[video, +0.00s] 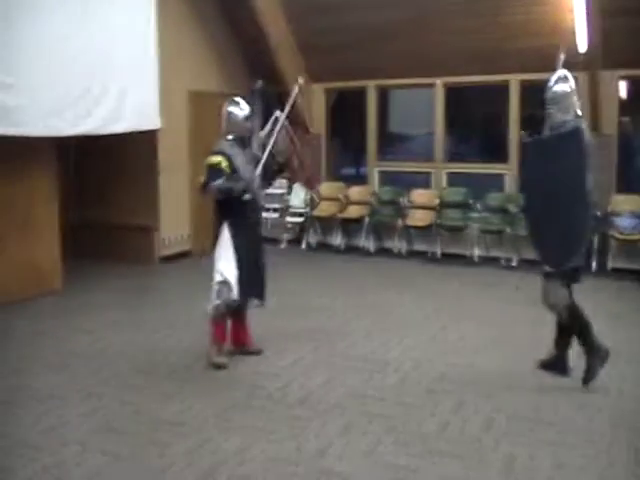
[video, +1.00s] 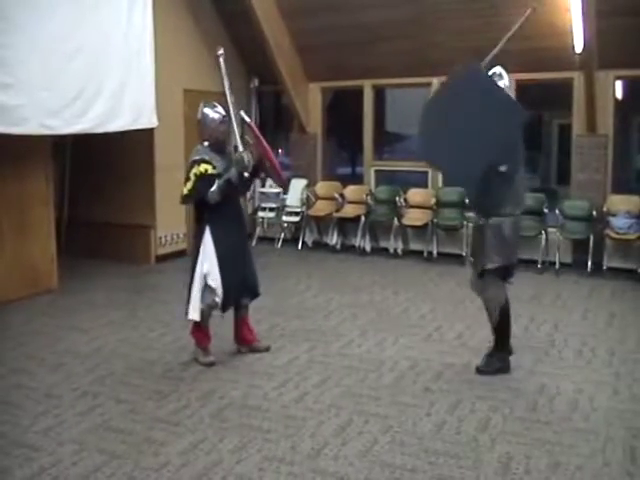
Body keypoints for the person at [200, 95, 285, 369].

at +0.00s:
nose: (250, 125)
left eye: (251, 120)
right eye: (245, 119)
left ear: (250, 123)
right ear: (232, 122)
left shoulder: (250, 153)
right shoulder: (221, 156)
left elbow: (259, 182)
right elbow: (213, 187)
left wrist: (276, 160)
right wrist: (241, 186)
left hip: (250, 225)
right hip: (230, 226)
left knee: (245, 281)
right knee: (227, 283)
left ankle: (241, 338)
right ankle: (217, 345)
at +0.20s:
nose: (239, 127)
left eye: (240, 122)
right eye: (233, 122)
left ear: (242, 124)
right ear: (220, 125)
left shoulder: (244, 152)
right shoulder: (214, 159)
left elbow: (261, 175)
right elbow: (218, 186)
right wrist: (239, 164)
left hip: (246, 224)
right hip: (225, 225)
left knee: (243, 278)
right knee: (220, 280)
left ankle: (239, 336)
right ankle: (205, 342)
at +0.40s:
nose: (228, 129)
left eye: (229, 124)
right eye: (222, 124)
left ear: (230, 127)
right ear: (209, 127)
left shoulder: (230, 155)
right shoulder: (204, 158)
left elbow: (246, 180)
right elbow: (214, 181)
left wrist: (250, 154)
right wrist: (234, 159)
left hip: (237, 227)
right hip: (214, 228)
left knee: (242, 278)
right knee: (209, 281)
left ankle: (238, 336)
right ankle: (201, 341)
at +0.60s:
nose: (218, 129)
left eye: (219, 124)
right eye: (212, 124)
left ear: (221, 127)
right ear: (200, 129)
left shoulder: (221, 155)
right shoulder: (196, 160)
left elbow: (234, 184)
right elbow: (192, 191)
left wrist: (242, 160)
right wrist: (225, 170)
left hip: (225, 226)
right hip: (204, 228)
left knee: (236, 276)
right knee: (201, 280)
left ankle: (242, 334)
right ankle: (198, 344)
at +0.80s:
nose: (222, 130)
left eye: (223, 124)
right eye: (215, 124)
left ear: (224, 128)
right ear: (202, 129)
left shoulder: (225, 157)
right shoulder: (198, 162)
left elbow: (236, 188)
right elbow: (205, 193)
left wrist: (245, 165)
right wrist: (230, 173)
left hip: (229, 227)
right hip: (207, 230)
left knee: (237, 277)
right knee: (205, 281)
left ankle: (243, 334)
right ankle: (201, 343)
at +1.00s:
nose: (226, 129)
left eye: (226, 123)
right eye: (220, 124)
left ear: (227, 127)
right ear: (206, 129)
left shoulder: (228, 156)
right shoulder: (201, 162)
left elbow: (238, 189)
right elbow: (209, 195)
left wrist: (254, 169)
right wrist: (235, 171)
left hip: (235, 227)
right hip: (212, 229)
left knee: (243, 279)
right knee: (209, 282)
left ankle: (244, 334)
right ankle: (201, 342)